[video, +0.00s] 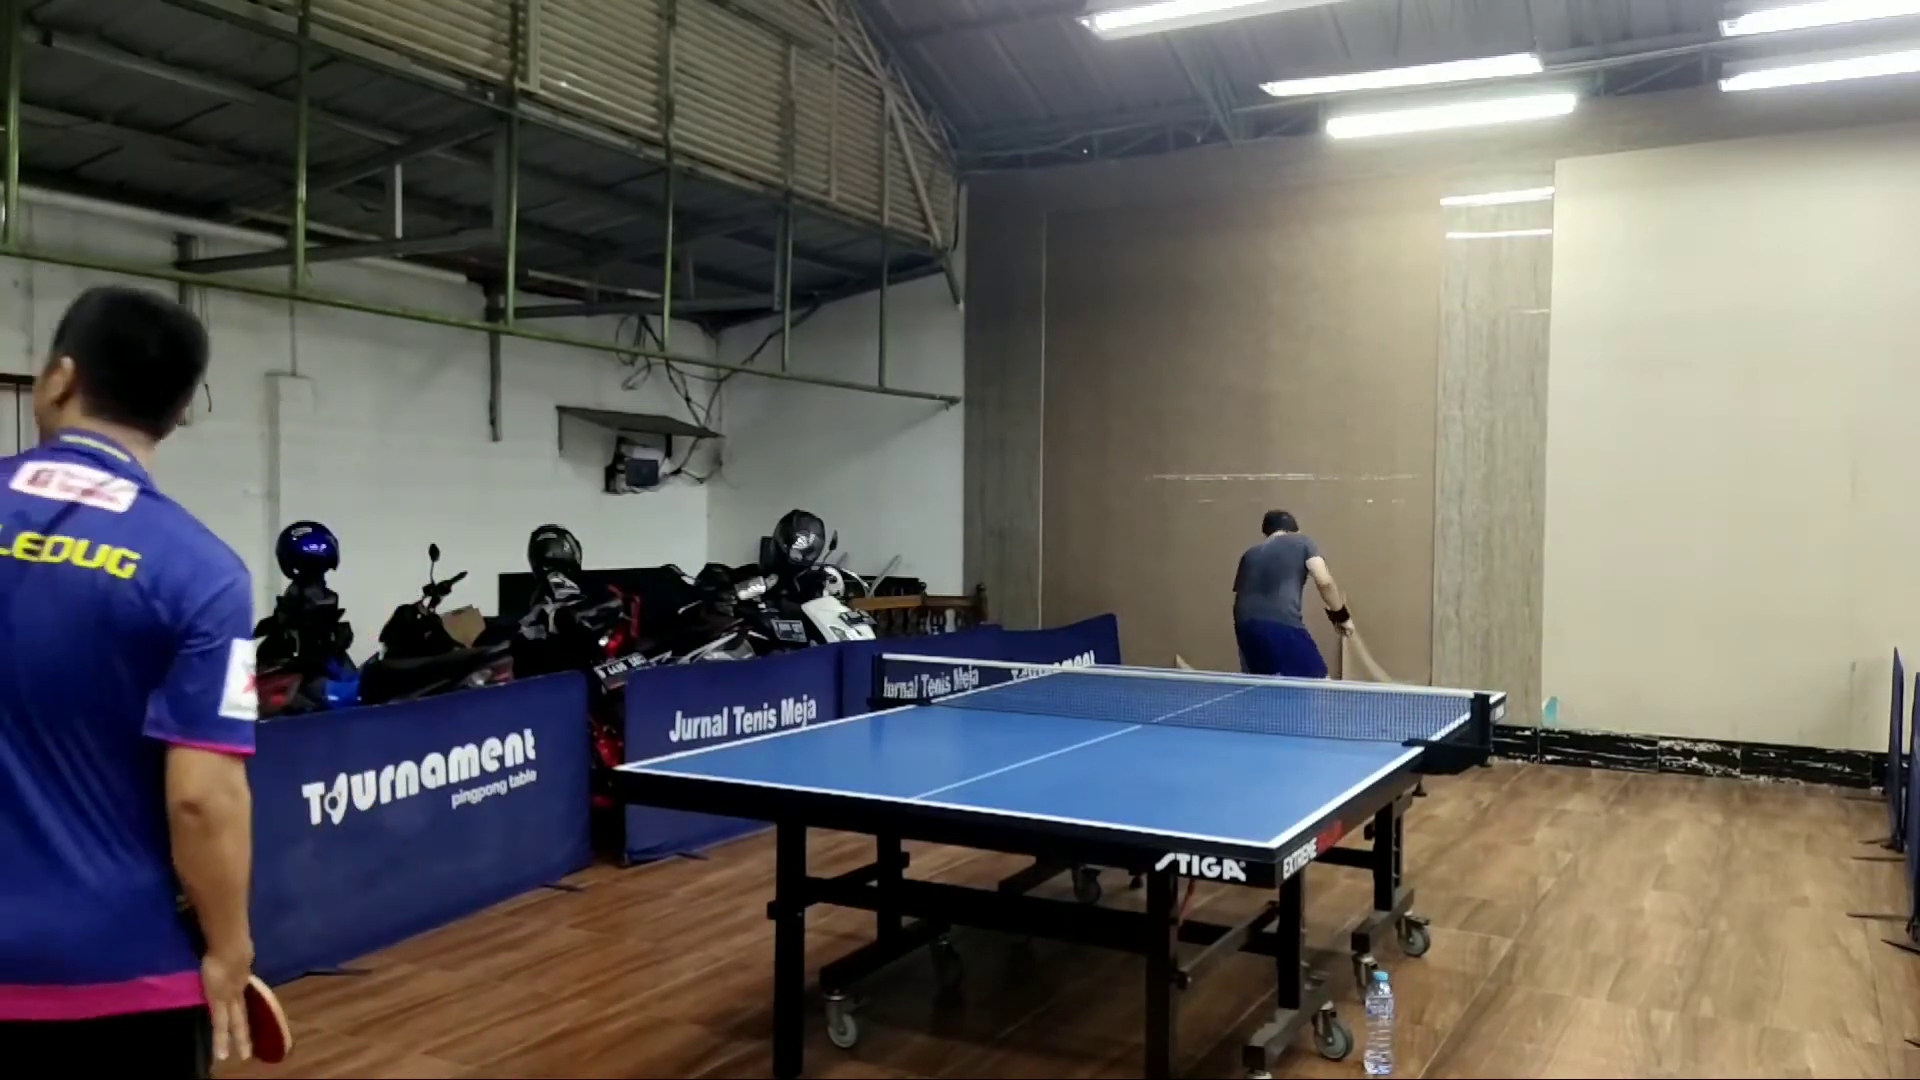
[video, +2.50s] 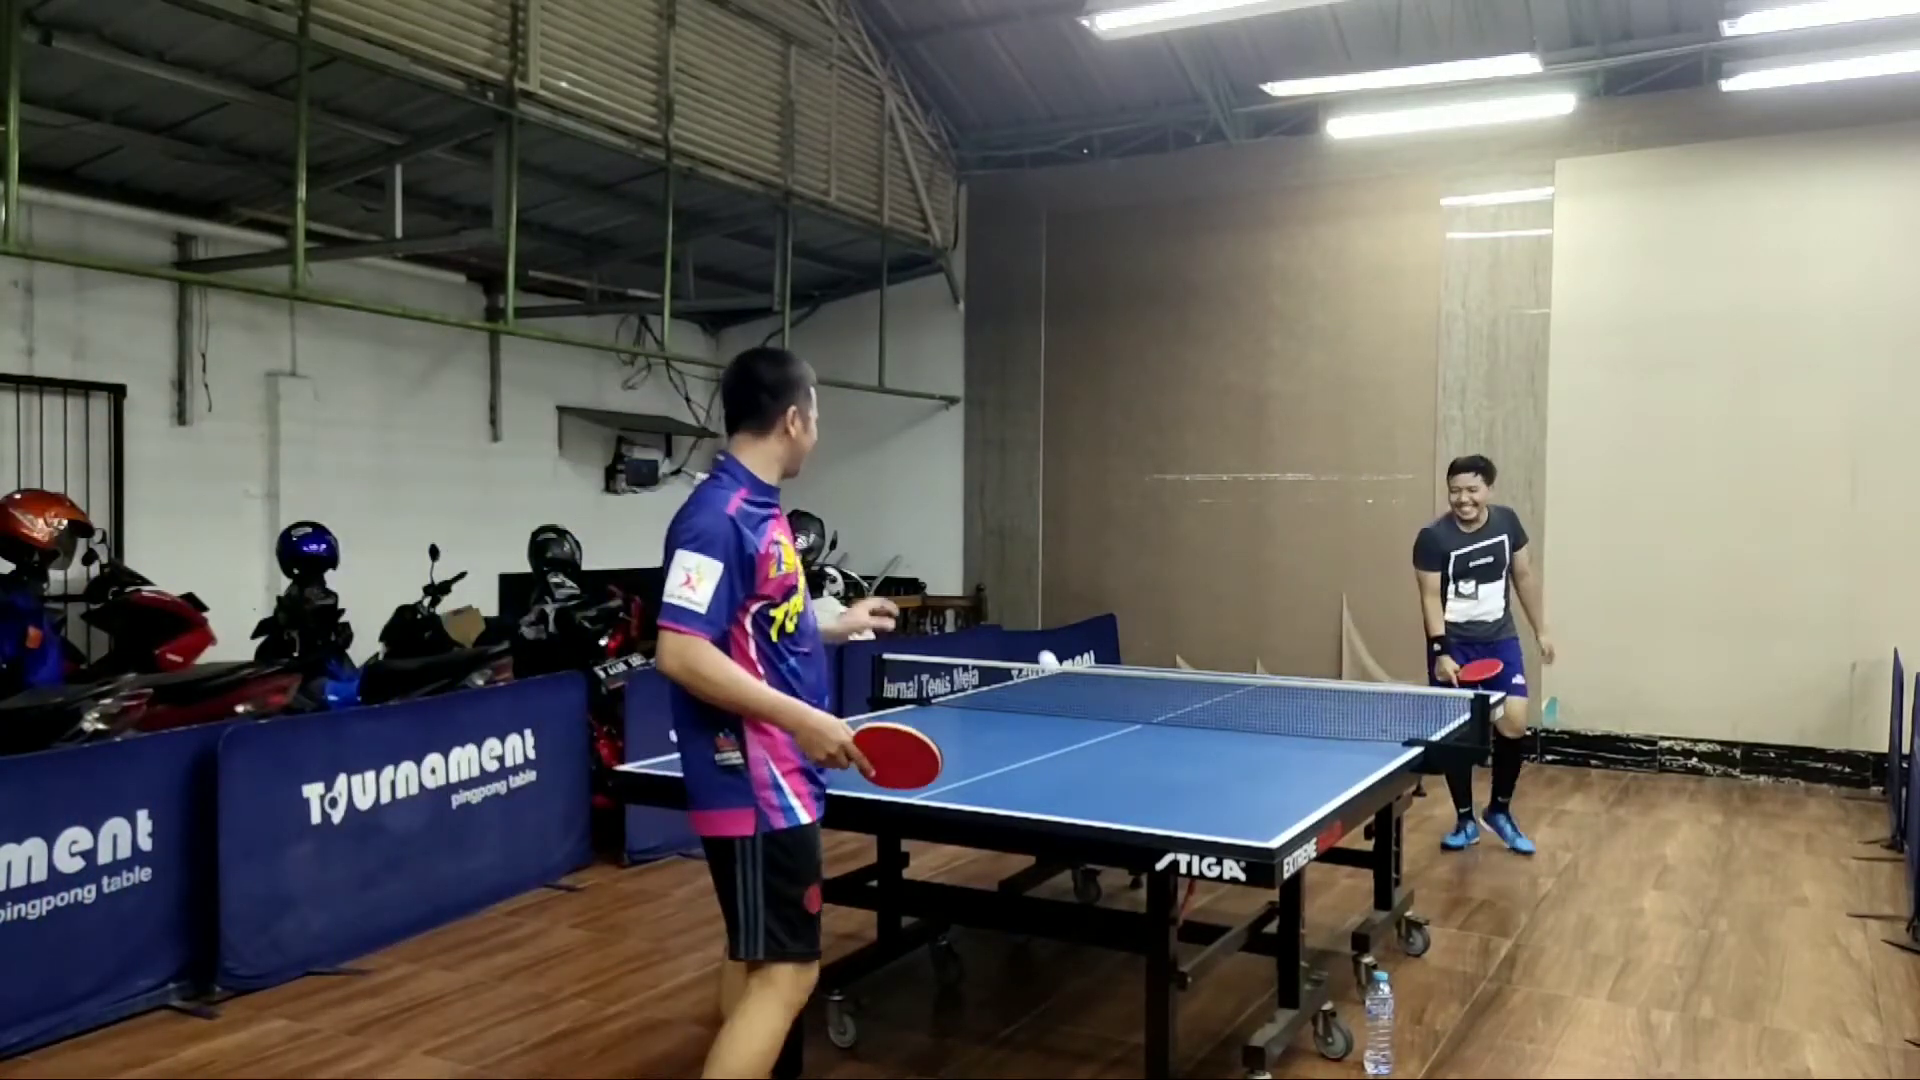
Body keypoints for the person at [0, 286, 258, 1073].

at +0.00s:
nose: (39, 379)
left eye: (45, 364)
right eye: (47, 362)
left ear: (61, 375)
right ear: (177, 415)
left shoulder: (5, 491)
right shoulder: (199, 570)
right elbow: (202, 796)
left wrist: (225, 950)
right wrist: (229, 951)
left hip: (6, 966)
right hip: (123, 981)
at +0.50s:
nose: (358, 419)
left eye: (358, 399)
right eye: (356, 398)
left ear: (247, 394)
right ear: (334, 405)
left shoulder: (132, 512)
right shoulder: (350, 534)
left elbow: (79, 691)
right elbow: (392, 720)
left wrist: (57, 838)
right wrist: (449, 764)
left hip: (153, 886)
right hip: (279, 900)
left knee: (195, 1061)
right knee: (285, 1065)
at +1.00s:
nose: (502, 409)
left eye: (499, 393)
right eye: (486, 394)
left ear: (425, 408)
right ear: (429, 407)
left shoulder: (358, 496)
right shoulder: (422, 505)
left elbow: (342, 658)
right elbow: (390, 657)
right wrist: (417, 813)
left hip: (348, 808)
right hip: (445, 809)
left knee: (337, 1002)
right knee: (539, 968)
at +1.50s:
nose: (667, 420)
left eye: (665, 404)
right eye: (663, 405)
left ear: (581, 414)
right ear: (639, 416)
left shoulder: (554, 502)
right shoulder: (600, 522)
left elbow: (573, 648)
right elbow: (597, 676)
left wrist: (653, 711)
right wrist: (678, 799)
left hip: (567, 782)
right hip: (602, 797)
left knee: (613, 948)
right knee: (625, 968)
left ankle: (528, 1068)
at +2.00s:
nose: (770, 418)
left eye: (766, 403)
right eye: (767, 404)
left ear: (699, 413)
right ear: (749, 413)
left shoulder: (723, 505)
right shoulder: (678, 511)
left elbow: (713, 641)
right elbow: (649, 640)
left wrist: (781, 713)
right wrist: (766, 703)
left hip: (736, 773)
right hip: (692, 782)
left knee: (738, 953)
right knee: (693, 963)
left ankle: (750, 1074)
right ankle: (641, 1074)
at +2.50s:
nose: (814, 431)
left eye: (812, 415)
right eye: (813, 415)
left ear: (743, 415)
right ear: (794, 419)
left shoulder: (758, 507)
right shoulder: (716, 516)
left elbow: (754, 618)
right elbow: (680, 650)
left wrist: (837, 621)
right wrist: (800, 719)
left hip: (767, 775)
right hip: (749, 786)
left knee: (753, 959)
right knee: (787, 973)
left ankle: (746, 1060)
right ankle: (732, 1072)